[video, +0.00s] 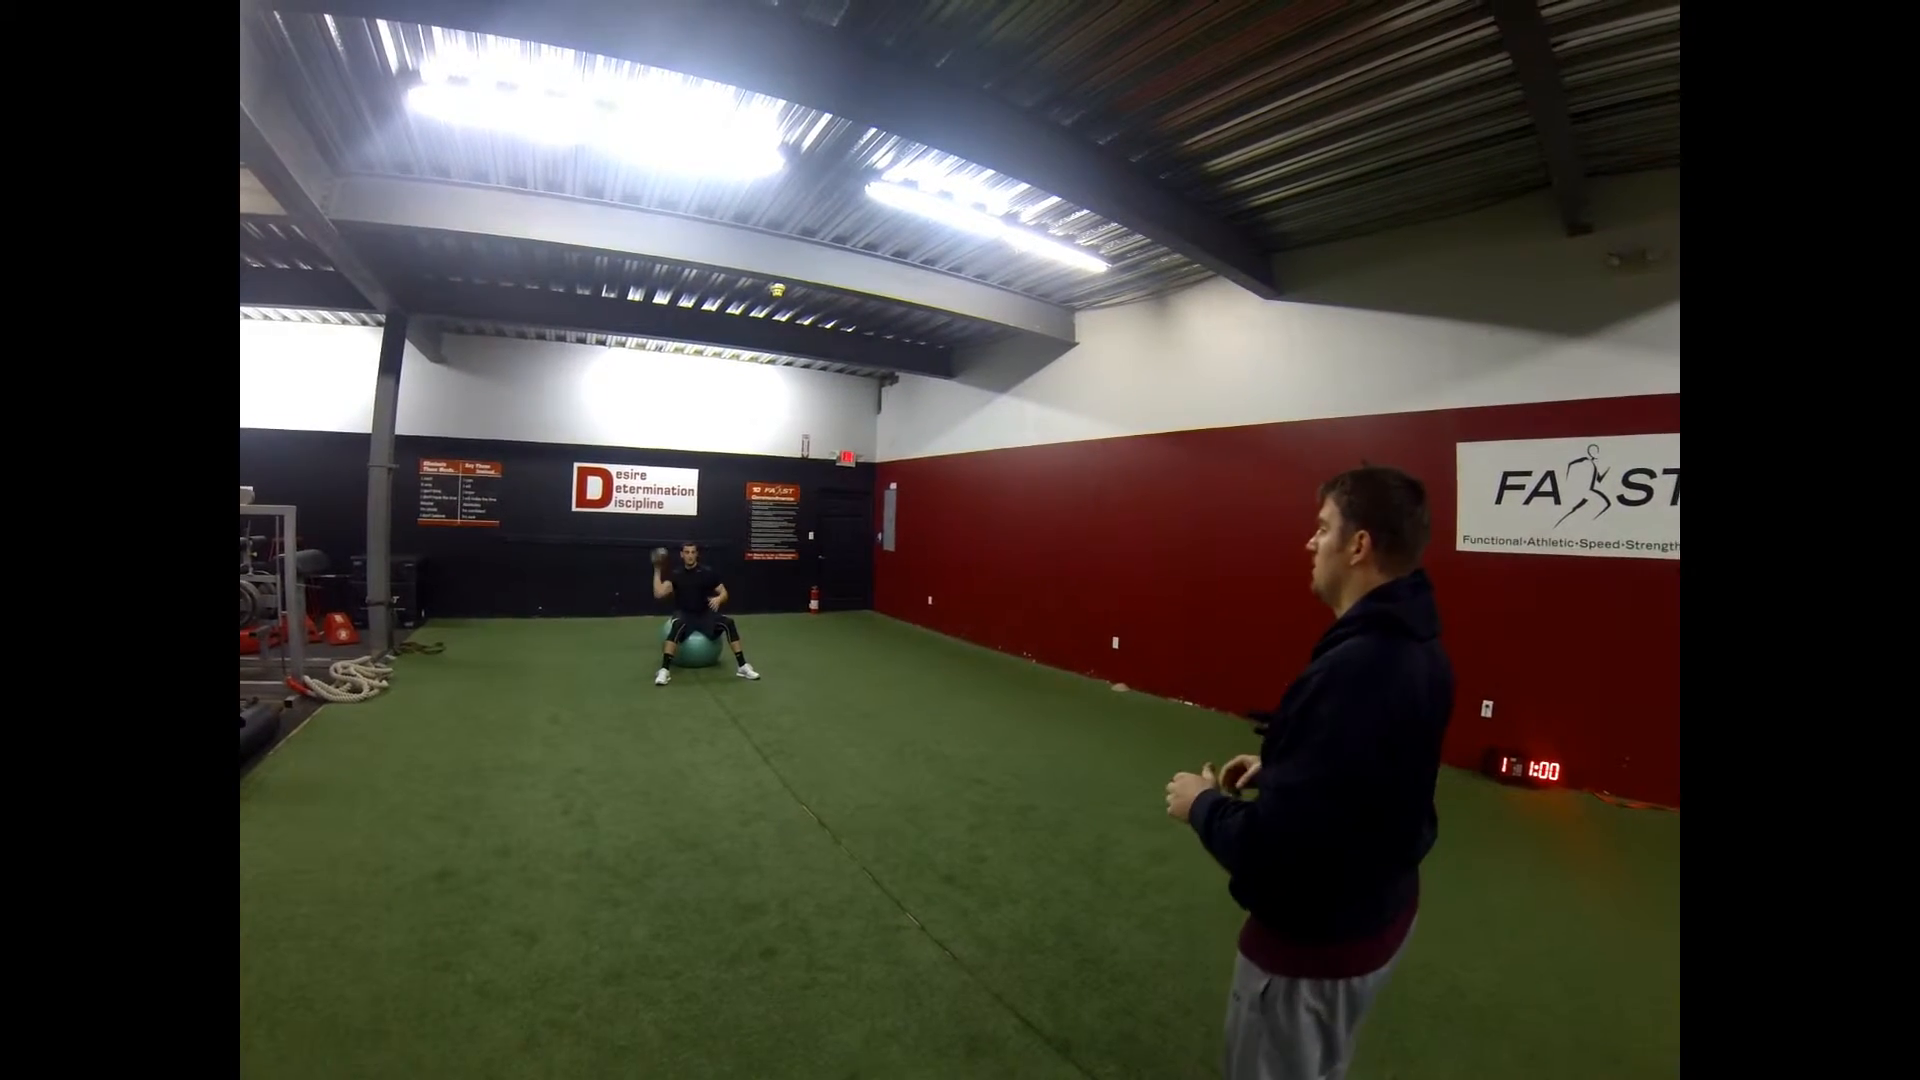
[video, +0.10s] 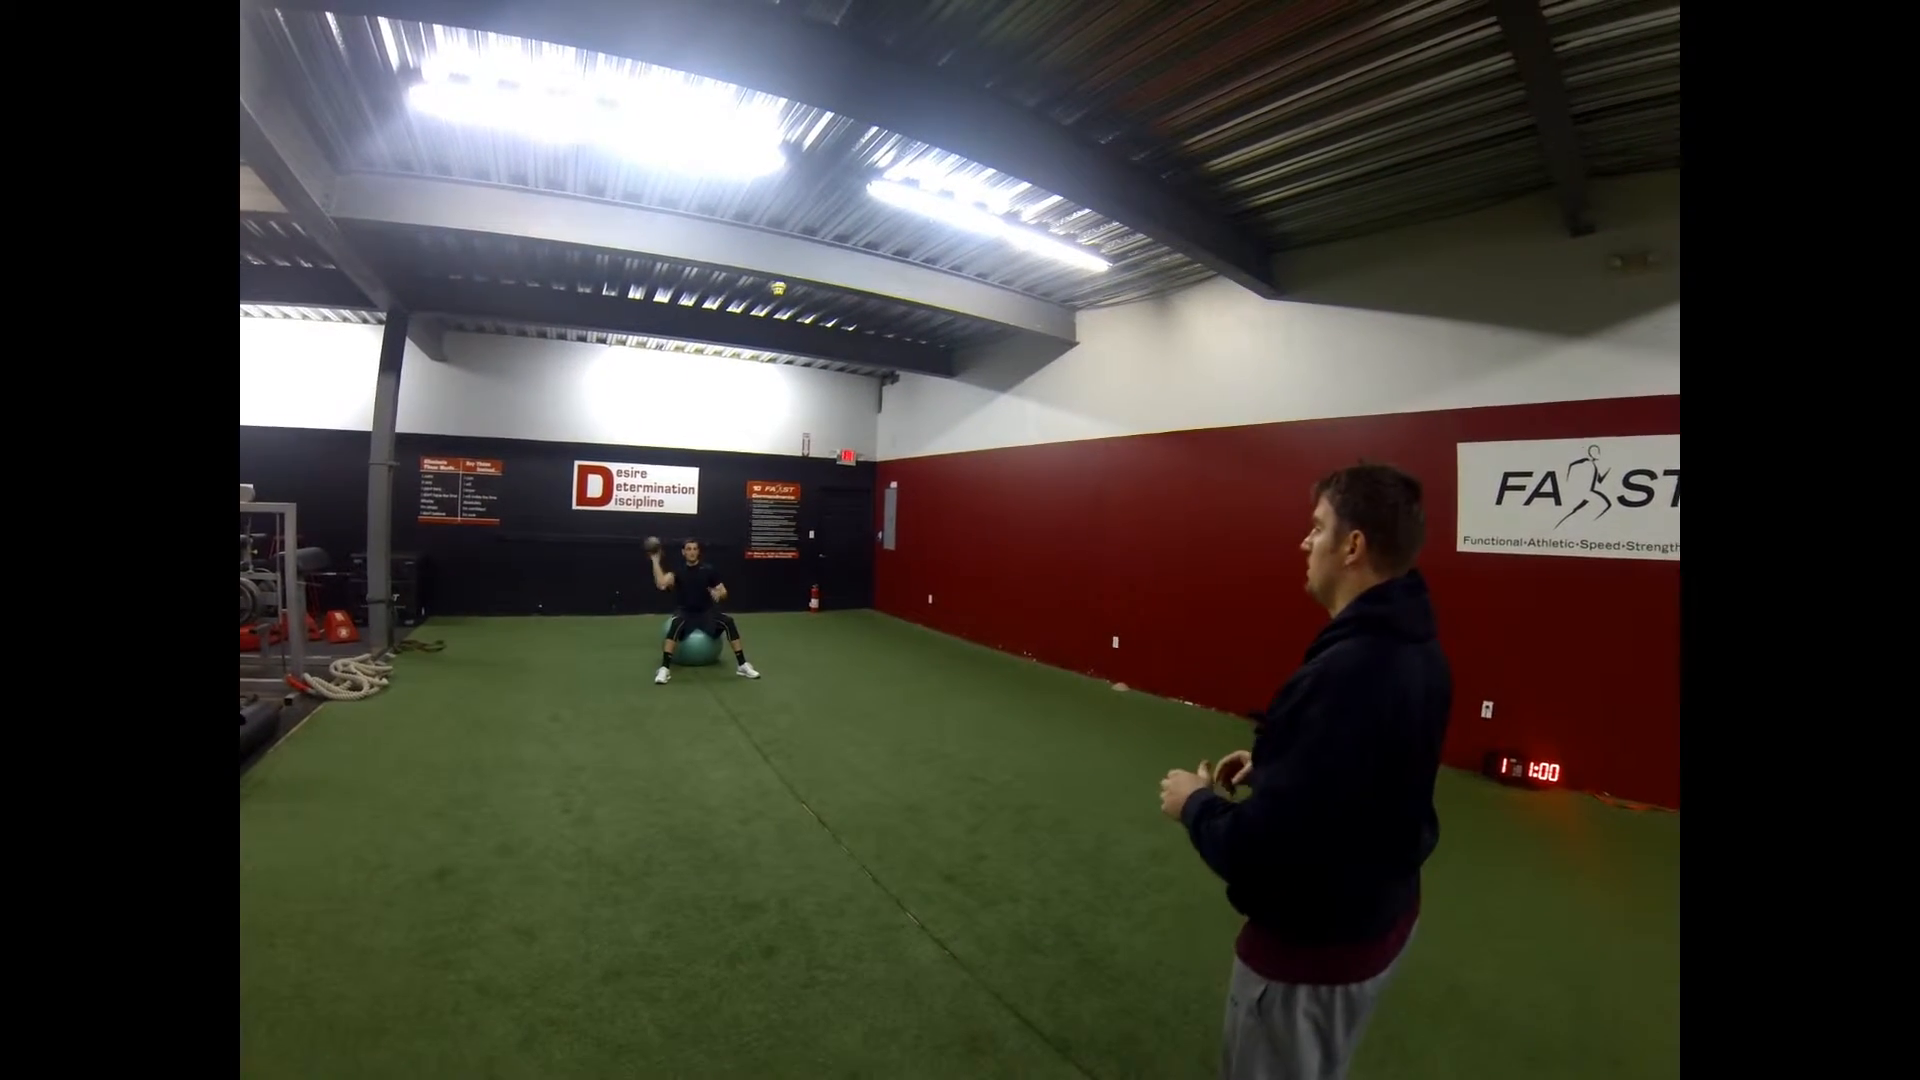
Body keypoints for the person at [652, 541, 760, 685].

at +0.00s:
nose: (690, 555)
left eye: (693, 552)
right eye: (687, 552)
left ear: (697, 554)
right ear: (682, 554)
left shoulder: (707, 572)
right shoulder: (677, 574)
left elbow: (724, 593)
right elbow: (659, 593)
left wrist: (718, 599)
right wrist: (657, 569)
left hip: (705, 615)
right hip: (684, 616)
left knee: (728, 623)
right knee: (677, 625)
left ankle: (742, 666)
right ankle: (664, 670)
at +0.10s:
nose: (691, 552)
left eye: (694, 549)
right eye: (688, 549)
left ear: (699, 552)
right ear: (683, 552)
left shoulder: (708, 570)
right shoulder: (678, 571)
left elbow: (723, 591)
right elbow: (661, 583)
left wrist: (718, 594)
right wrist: (655, 560)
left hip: (706, 613)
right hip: (685, 613)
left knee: (728, 622)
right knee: (676, 623)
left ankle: (742, 664)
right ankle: (664, 668)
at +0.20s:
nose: (691, 549)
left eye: (694, 547)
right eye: (688, 546)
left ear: (699, 549)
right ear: (684, 549)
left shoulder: (708, 568)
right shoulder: (680, 567)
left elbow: (721, 592)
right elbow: (670, 572)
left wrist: (714, 588)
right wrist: (663, 551)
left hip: (706, 612)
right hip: (685, 612)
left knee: (728, 621)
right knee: (677, 622)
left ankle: (743, 664)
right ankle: (665, 667)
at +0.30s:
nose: (694, 545)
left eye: (696, 542)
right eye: (691, 542)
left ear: (702, 545)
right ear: (686, 545)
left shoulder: (710, 565)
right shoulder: (679, 562)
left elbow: (719, 589)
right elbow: (673, 575)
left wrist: (708, 587)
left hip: (708, 610)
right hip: (687, 609)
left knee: (730, 619)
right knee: (678, 619)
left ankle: (744, 662)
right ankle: (666, 665)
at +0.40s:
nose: (694, 543)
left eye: (697, 540)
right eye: (691, 540)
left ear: (702, 543)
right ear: (687, 543)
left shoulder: (711, 564)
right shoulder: (679, 563)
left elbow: (718, 589)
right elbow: (675, 584)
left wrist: (705, 589)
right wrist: (696, 579)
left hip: (708, 607)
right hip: (686, 606)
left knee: (730, 616)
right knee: (677, 617)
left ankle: (744, 660)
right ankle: (666, 663)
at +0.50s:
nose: (695, 547)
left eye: (698, 544)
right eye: (692, 544)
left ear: (702, 547)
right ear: (687, 546)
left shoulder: (710, 568)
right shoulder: (679, 568)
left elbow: (717, 593)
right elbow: (673, 595)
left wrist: (708, 599)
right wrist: (691, 594)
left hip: (707, 608)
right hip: (686, 609)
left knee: (729, 617)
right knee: (676, 618)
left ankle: (743, 660)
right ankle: (664, 663)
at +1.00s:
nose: (689, 556)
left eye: (692, 553)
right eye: (686, 552)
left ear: (695, 556)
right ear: (680, 554)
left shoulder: (701, 574)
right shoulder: (670, 574)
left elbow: (708, 597)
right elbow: (659, 599)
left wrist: (703, 605)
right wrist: (674, 607)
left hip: (696, 615)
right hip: (676, 615)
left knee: (720, 624)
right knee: (667, 625)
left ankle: (737, 666)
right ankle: (658, 669)